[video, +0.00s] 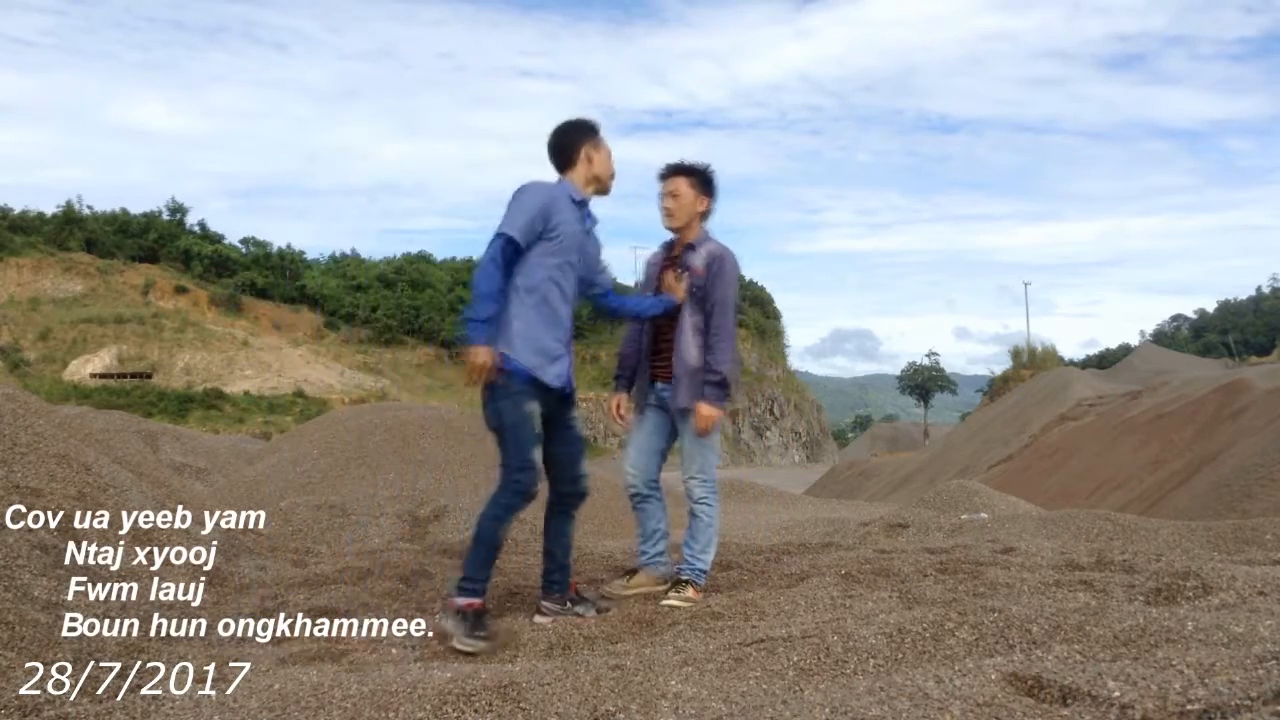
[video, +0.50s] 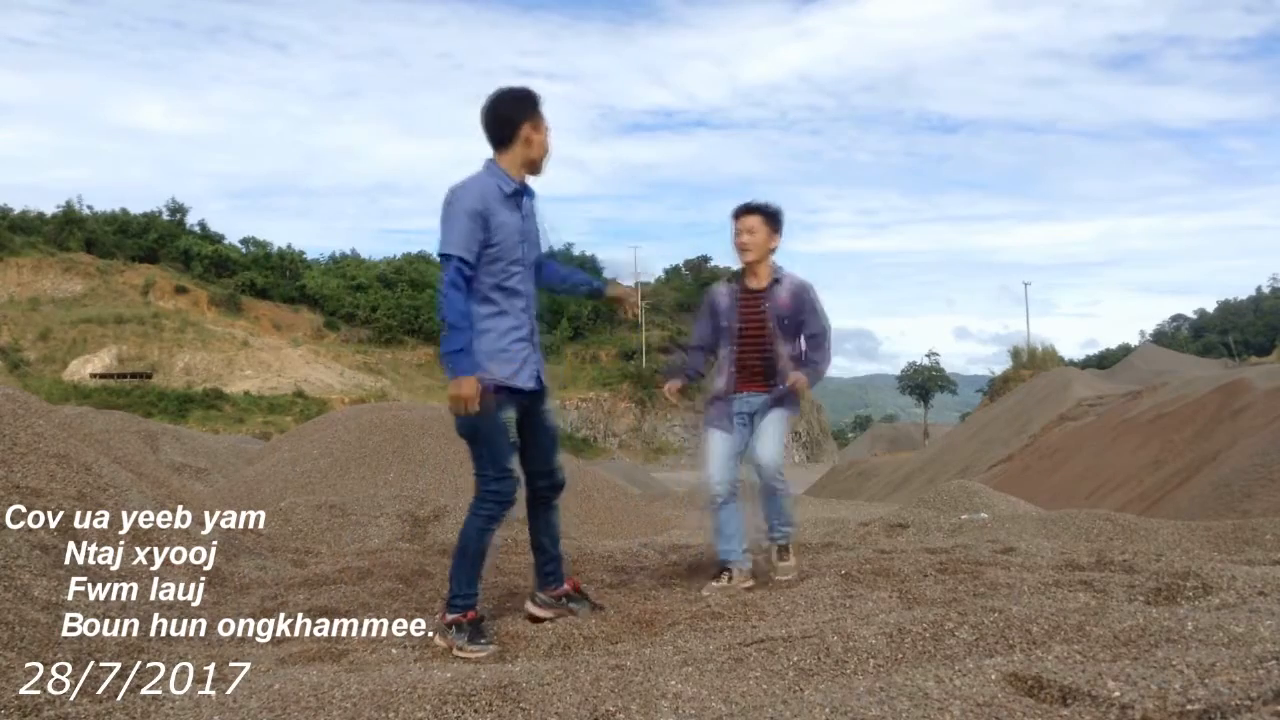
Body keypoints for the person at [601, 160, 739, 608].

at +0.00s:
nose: (665, 204)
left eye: (674, 196)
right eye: (662, 197)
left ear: (702, 203)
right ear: (663, 203)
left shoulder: (718, 260)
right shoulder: (655, 261)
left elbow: (723, 331)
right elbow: (639, 325)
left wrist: (714, 394)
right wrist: (622, 384)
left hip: (696, 393)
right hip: (654, 391)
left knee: (698, 486)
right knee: (639, 477)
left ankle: (693, 576)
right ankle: (654, 567)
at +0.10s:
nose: (686, 216)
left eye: (695, 208)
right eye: (682, 209)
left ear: (721, 210)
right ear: (679, 212)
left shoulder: (738, 265)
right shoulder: (672, 266)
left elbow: (727, 329)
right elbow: (646, 322)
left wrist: (704, 382)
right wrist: (623, 374)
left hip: (709, 395)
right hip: (662, 392)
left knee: (703, 484)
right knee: (643, 474)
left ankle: (692, 574)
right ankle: (690, 546)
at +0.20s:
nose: (709, 230)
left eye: (719, 223)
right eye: (705, 222)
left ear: (742, 226)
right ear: (700, 224)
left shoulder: (756, 280)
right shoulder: (686, 273)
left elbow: (742, 326)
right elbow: (653, 320)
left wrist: (710, 353)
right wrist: (623, 364)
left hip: (719, 395)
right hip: (672, 391)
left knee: (702, 481)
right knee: (676, 485)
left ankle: (693, 576)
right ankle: (725, 548)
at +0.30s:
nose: (722, 238)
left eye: (732, 231)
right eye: (719, 230)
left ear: (755, 240)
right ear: (714, 236)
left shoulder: (769, 296)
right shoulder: (695, 288)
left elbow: (774, 344)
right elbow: (659, 330)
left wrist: (745, 335)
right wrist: (628, 362)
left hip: (741, 403)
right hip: (697, 403)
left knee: (718, 474)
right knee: (693, 493)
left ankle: (702, 571)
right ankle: (739, 565)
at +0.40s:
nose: (729, 244)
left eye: (739, 237)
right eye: (726, 237)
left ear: (761, 247)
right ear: (720, 243)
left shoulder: (782, 300)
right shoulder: (705, 299)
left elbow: (801, 354)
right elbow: (675, 341)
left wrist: (775, 342)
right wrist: (645, 369)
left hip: (756, 404)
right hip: (712, 406)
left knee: (736, 466)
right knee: (697, 487)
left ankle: (740, 558)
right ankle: (724, 555)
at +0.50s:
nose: (742, 240)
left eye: (751, 233)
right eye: (738, 234)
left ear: (773, 239)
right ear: (734, 239)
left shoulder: (796, 291)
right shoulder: (719, 295)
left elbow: (820, 342)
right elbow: (700, 347)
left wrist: (808, 373)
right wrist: (681, 376)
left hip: (776, 400)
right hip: (728, 402)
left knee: (766, 461)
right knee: (719, 483)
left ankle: (781, 540)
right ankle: (736, 567)